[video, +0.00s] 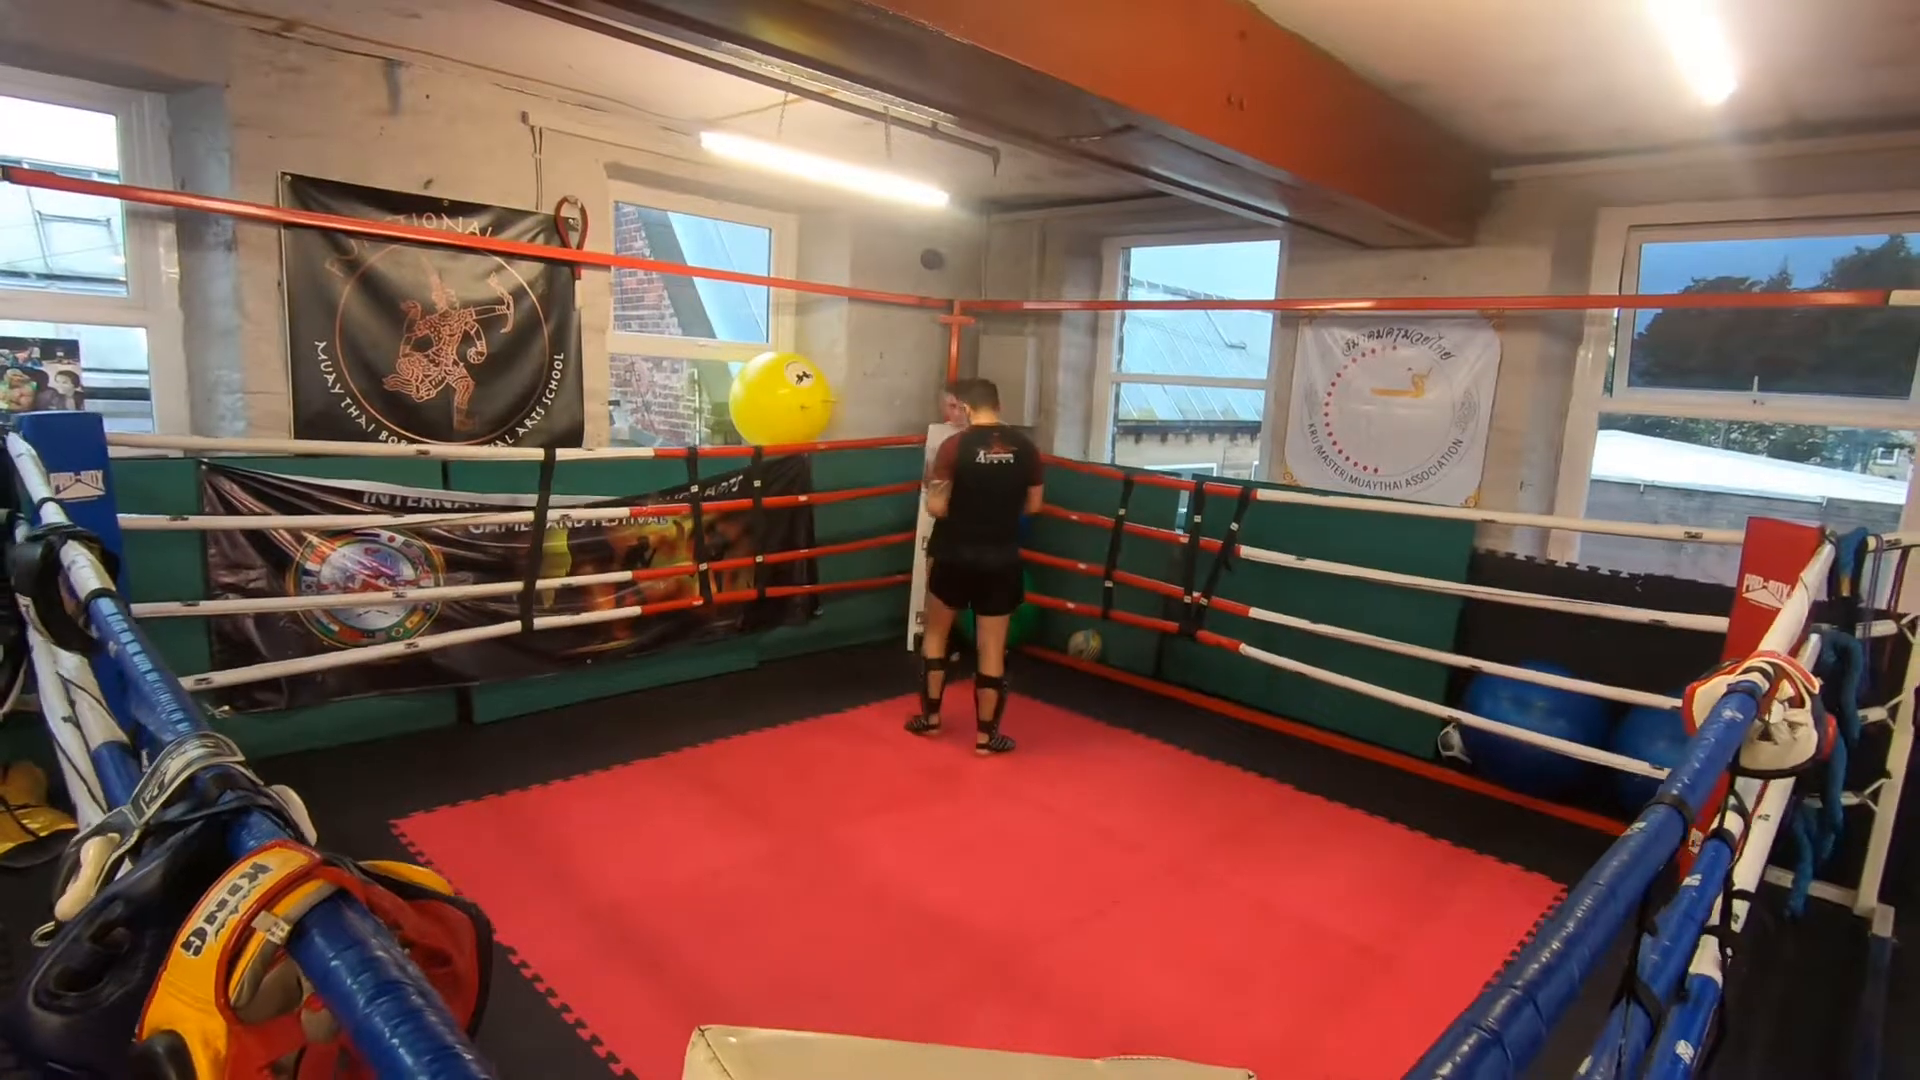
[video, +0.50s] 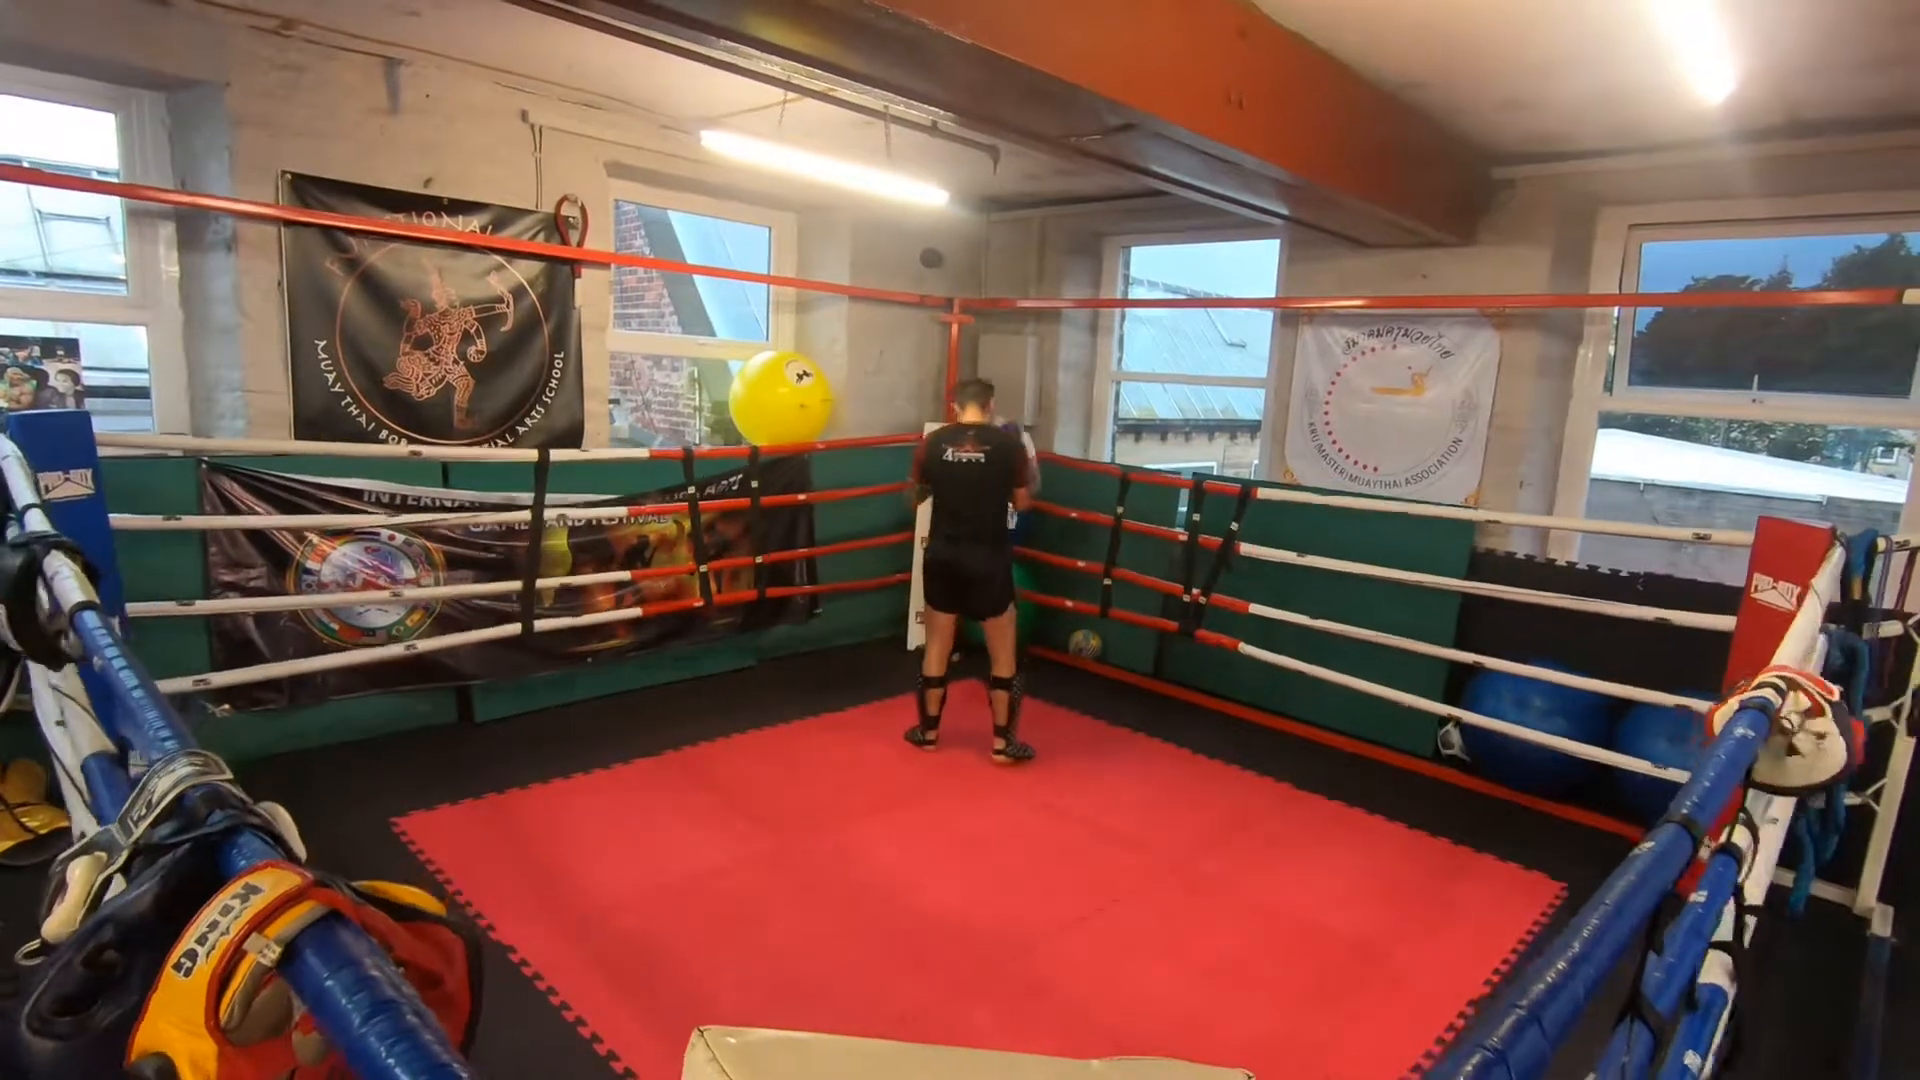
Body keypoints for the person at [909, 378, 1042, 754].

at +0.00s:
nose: (955, 415)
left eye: (956, 409)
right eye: (956, 408)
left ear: (965, 409)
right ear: (997, 407)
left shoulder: (954, 445)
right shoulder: (1025, 446)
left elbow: (937, 505)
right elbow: (1034, 503)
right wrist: (1000, 502)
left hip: (954, 562)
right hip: (1000, 565)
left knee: (937, 632)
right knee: (992, 647)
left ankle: (931, 716)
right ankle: (986, 735)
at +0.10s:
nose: (953, 413)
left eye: (953, 408)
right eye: (955, 407)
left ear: (959, 407)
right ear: (993, 405)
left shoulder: (946, 445)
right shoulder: (1021, 443)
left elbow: (924, 503)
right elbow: (1031, 506)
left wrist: (958, 504)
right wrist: (999, 495)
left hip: (951, 563)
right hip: (998, 565)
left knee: (936, 641)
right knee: (992, 648)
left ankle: (929, 728)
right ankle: (987, 735)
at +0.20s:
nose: (960, 412)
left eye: (954, 406)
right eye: (974, 404)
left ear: (952, 406)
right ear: (987, 404)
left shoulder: (936, 444)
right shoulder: (1013, 444)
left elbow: (912, 500)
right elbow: (1026, 504)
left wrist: (947, 496)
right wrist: (995, 494)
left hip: (947, 560)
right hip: (994, 561)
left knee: (939, 640)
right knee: (991, 645)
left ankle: (930, 728)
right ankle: (986, 733)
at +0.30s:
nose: (964, 413)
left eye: (952, 408)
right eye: (978, 405)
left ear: (947, 408)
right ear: (983, 405)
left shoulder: (929, 447)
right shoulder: (1006, 444)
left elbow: (903, 502)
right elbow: (1022, 505)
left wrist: (934, 492)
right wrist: (995, 487)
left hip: (942, 561)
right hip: (989, 561)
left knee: (937, 641)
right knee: (993, 644)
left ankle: (929, 729)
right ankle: (989, 731)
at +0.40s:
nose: (968, 413)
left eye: (953, 408)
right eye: (980, 405)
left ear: (948, 407)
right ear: (984, 406)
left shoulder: (927, 445)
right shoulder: (1006, 445)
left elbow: (905, 501)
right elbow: (1020, 506)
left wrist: (932, 484)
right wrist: (1000, 484)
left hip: (940, 561)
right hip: (986, 561)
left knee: (936, 642)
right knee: (997, 646)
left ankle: (929, 730)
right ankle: (995, 734)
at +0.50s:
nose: (980, 414)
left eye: (961, 408)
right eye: (987, 407)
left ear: (953, 408)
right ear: (990, 408)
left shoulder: (931, 444)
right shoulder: (1010, 445)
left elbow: (917, 494)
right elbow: (1023, 502)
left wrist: (946, 467)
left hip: (942, 562)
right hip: (990, 564)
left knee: (937, 646)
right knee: (1002, 655)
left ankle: (929, 730)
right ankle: (1002, 742)